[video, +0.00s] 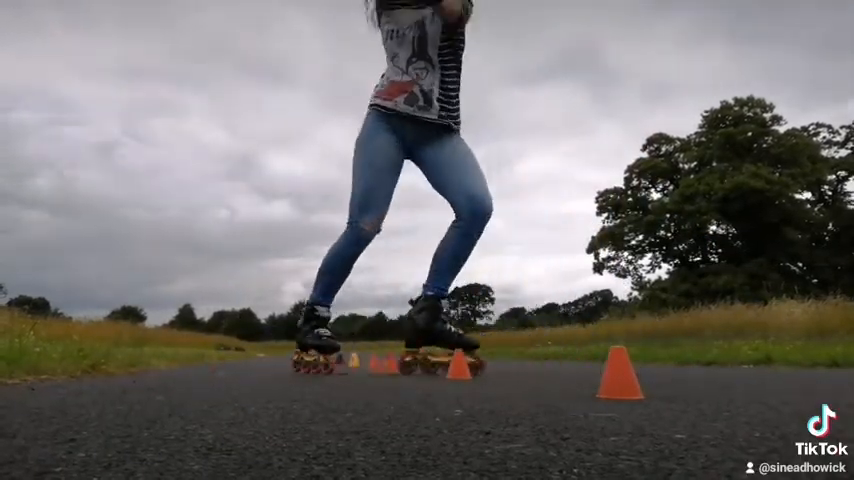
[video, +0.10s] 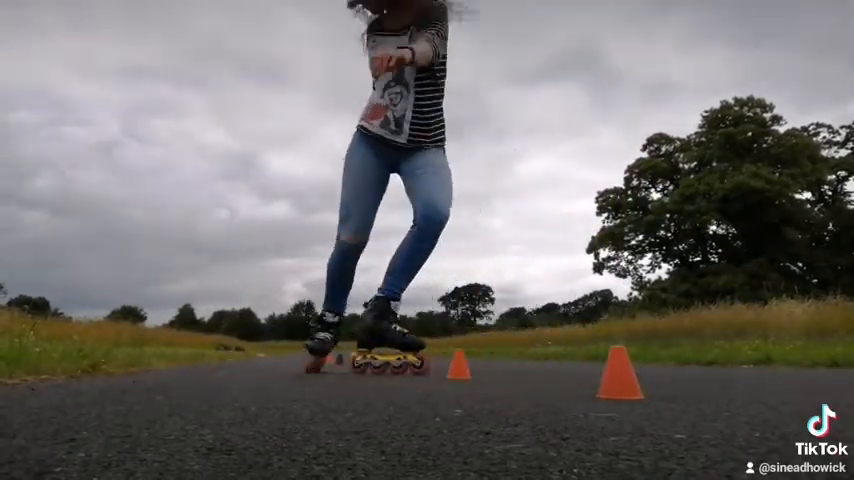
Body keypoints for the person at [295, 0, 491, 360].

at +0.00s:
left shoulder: (457, 7)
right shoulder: (385, 5)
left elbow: (454, 12)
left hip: (439, 130)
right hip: (385, 121)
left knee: (477, 208)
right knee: (364, 225)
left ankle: (426, 314)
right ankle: (313, 320)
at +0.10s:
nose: (374, 11)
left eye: (378, 5)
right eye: (370, 7)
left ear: (404, 1)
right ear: (371, 8)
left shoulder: (436, 15)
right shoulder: (374, 31)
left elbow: (431, 45)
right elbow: (380, 75)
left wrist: (407, 54)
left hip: (424, 147)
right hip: (372, 142)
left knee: (434, 215)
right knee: (351, 237)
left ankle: (379, 313)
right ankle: (329, 323)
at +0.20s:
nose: (364, 34)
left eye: (370, 25)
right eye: (358, 26)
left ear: (390, 12)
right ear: (352, 19)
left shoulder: (413, 28)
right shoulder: (365, 47)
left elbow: (424, 77)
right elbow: (359, 107)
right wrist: (329, 158)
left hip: (410, 156)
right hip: (364, 155)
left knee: (389, 226)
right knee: (350, 242)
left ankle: (343, 314)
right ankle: (366, 320)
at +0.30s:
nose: (343, 32)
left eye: (345, 22)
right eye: (339, 25)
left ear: (363, 15)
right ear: (345, 24)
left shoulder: (404, 45)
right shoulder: (358, 57)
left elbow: (430, 99)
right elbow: (339, 113)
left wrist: (457, 153)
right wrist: (292, 155)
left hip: (405, 164)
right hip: (363, 166)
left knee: (362, 229)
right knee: (367, 254)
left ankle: (329, 319)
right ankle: (397, 328)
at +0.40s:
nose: (347, 48)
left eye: (349, 39)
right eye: (342, 41)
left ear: (366, 27)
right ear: (341, 37)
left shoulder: (404, 57)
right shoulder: (355, 68)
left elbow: (437, 107)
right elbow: (324, 113)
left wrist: (477, 158)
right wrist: (275, 138)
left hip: (401, 166)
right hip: (365, 170)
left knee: (352, 231)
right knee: (385, 258)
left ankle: (347, 329)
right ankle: (416, 326)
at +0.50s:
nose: (358, 65)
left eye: (361, 57)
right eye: (354, 58)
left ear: (373, 45)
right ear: (350, 54)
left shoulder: (407, 68)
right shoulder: (357, 76)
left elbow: (441, 110)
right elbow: (322, 113)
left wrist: (482, 148)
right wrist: (278, 124)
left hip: (403, 170)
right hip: (371, 173)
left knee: (369, 240)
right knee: (381, 256)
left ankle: (389, 322)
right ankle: (423, 313)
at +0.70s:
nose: (347, 88)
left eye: (349, 81)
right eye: (345, 82)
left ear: (368, 78)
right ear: (365, 80)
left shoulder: (409, 102)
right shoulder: (360, 114)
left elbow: (450, 130)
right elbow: (326, 141)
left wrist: (493, 152)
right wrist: (289, 151)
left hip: (412, 191)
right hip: (382, 197)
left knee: (402, 261)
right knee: (356, 265)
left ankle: (433, 332)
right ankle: (386, 333)